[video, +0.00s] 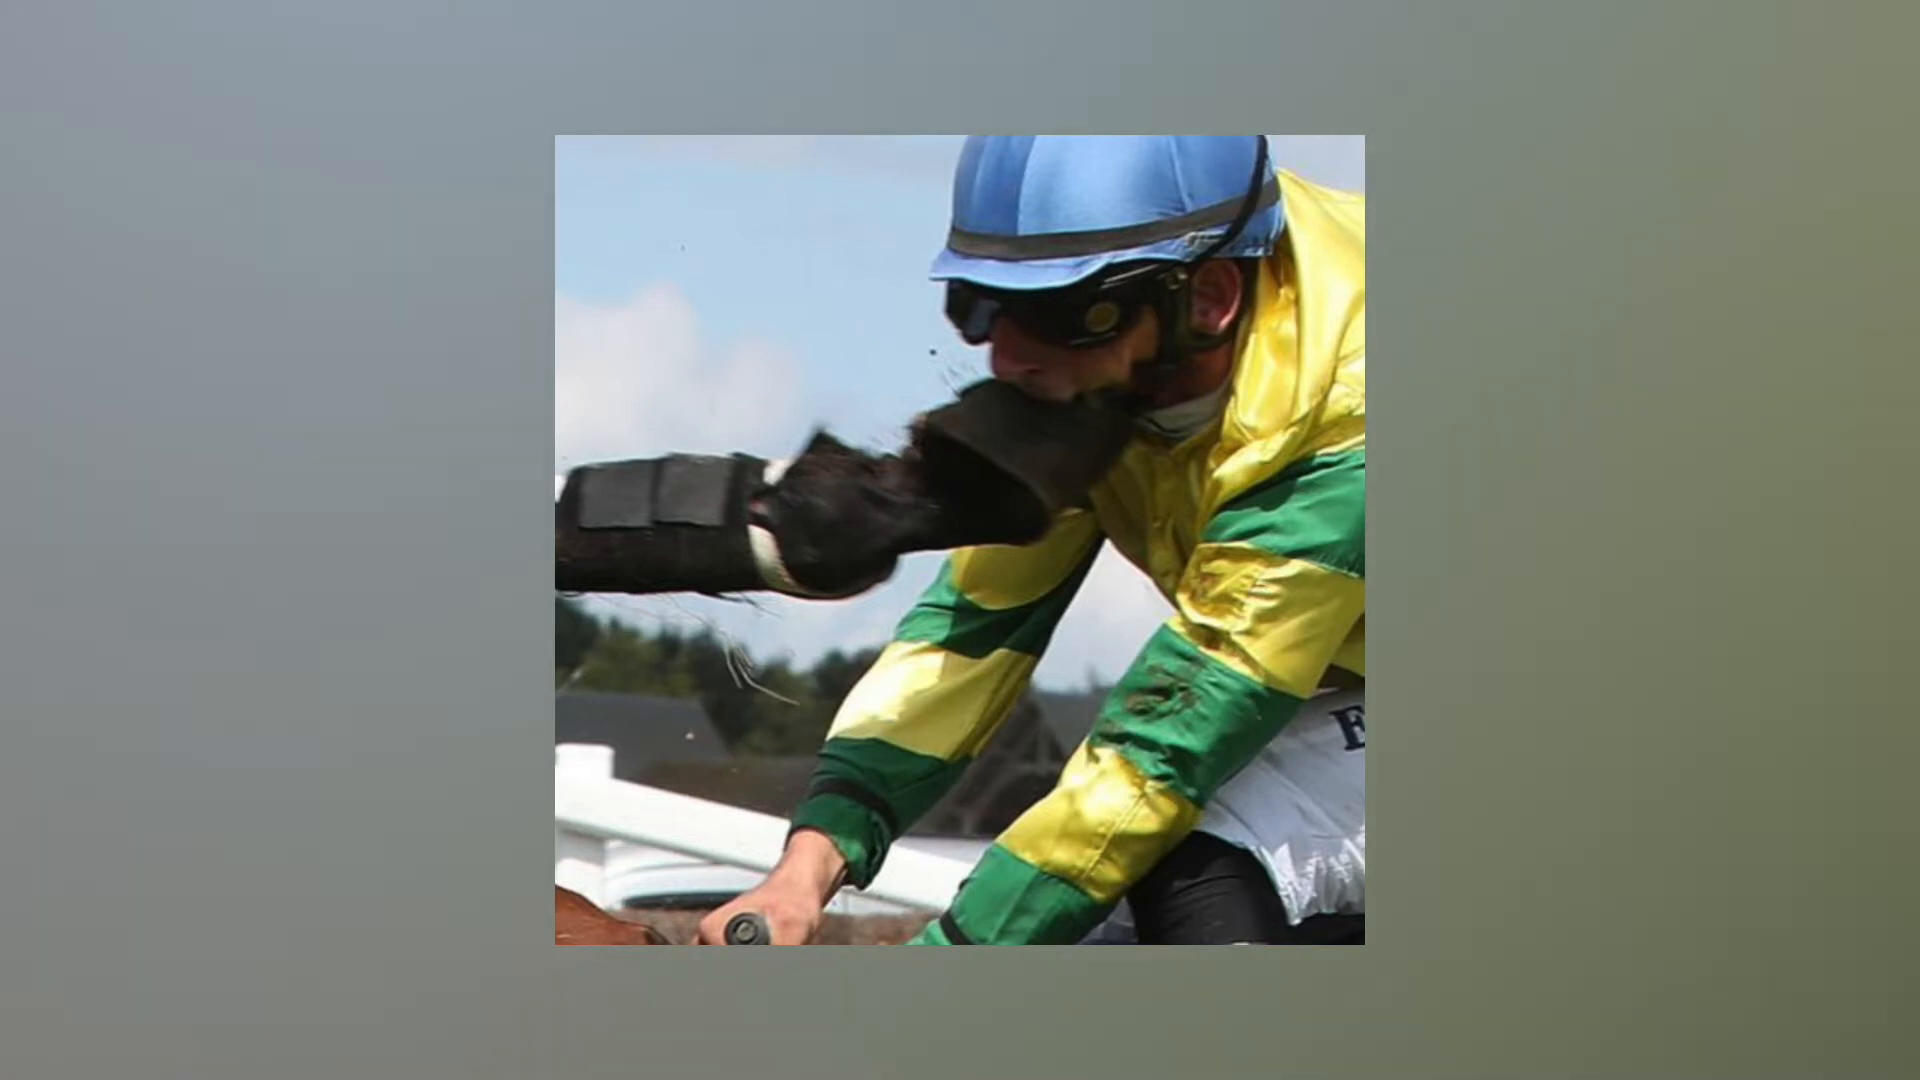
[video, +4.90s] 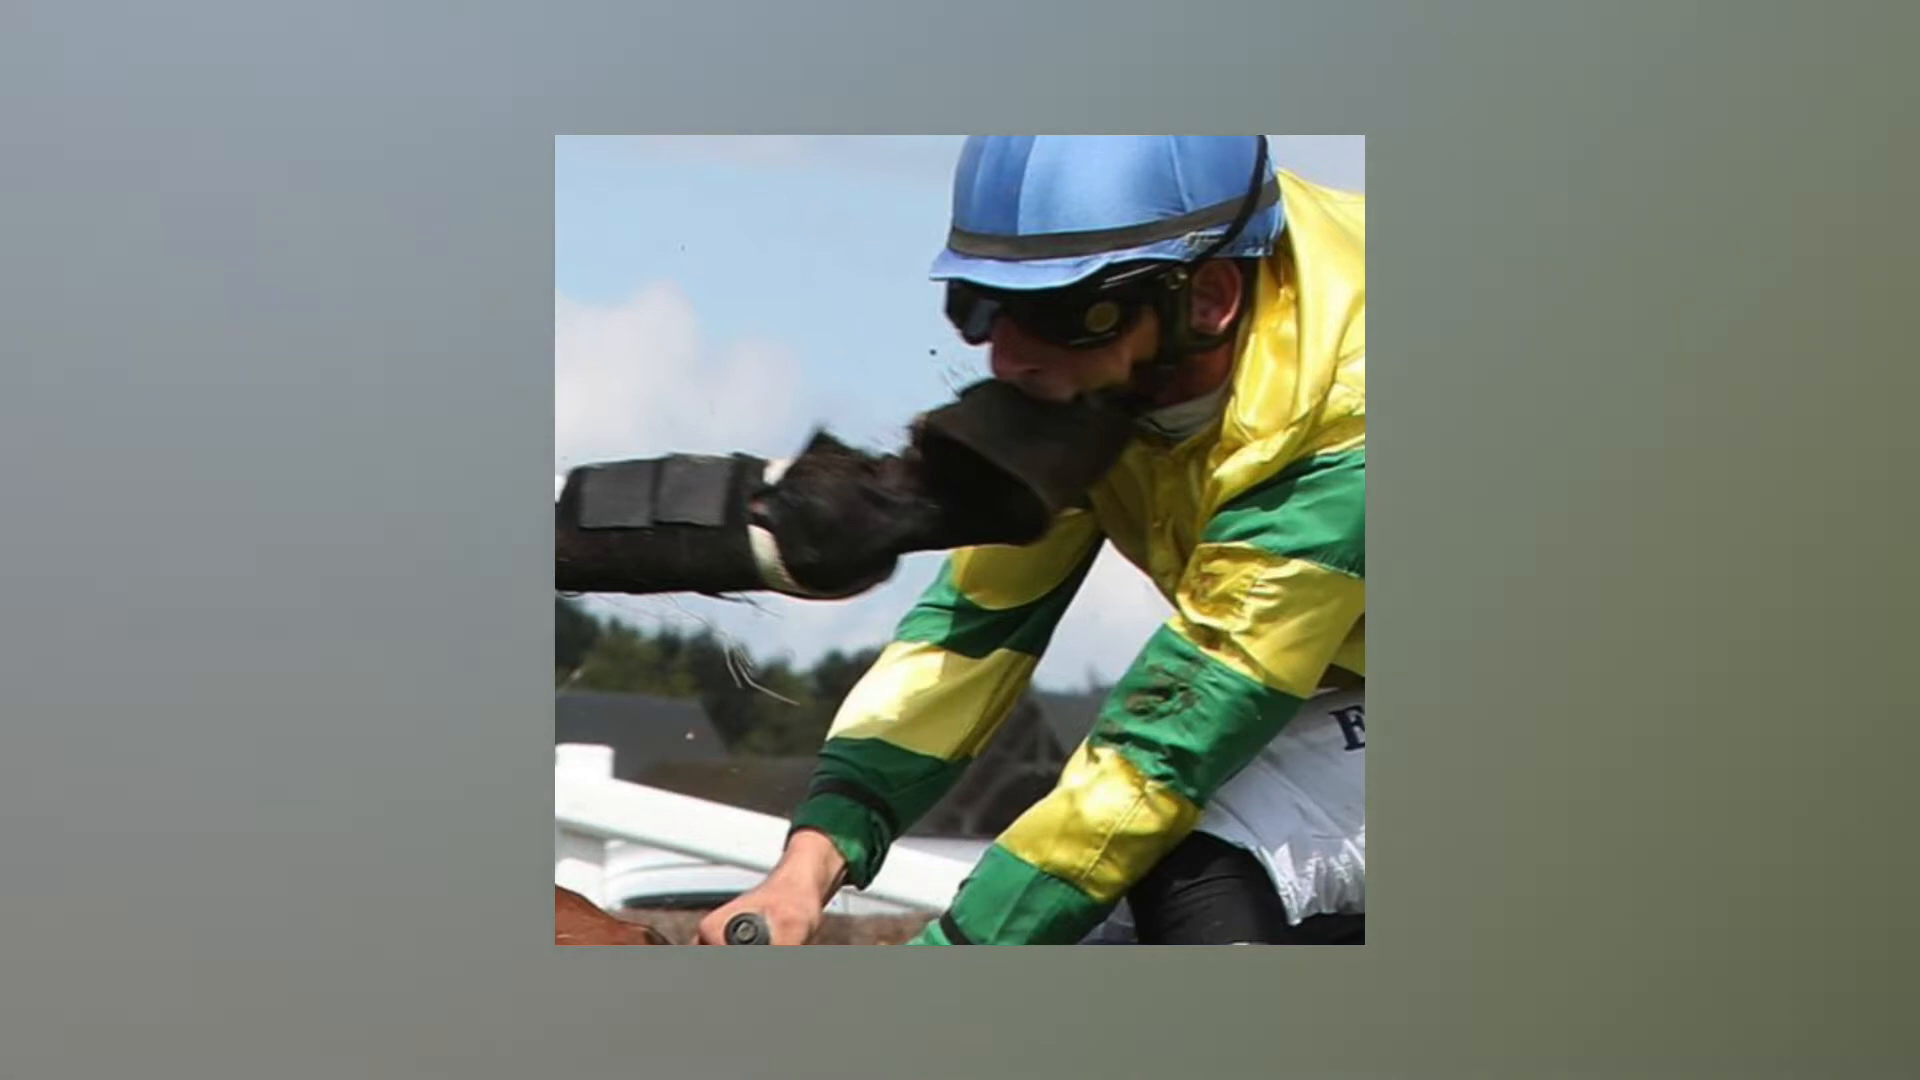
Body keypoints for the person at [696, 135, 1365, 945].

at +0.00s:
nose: (1005, 359)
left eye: (1056, 319)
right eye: (989, 310)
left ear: (1210, 298)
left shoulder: (1341, 428)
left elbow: (1161, 751)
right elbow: (969, 623)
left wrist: (933, 966)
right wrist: (805, 871)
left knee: (1204, 864)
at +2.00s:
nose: (1005, 358)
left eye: (1056, 319)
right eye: (989, 309)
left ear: (1210, 298)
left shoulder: (1341, 429)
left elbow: (1160, 752)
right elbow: (969, 623)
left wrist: (933, 965)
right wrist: (805, 871)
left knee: (1205, 865)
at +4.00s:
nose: (1005, 358)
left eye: (1056, 319)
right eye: (989, 309)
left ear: (1209, 298)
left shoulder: (1341, 429)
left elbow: (1160, 751)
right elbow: (969, 623)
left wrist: (932, 967)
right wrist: (805, 871)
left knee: (1204, 864)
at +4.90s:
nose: (1005, 359)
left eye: (1056, 319)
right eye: (988, 309)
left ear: (1209, 299)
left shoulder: (1342, 428)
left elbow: (1160, 751)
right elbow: (969, 624)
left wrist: (934, 964)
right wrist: (804, 871)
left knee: (1204, 863)